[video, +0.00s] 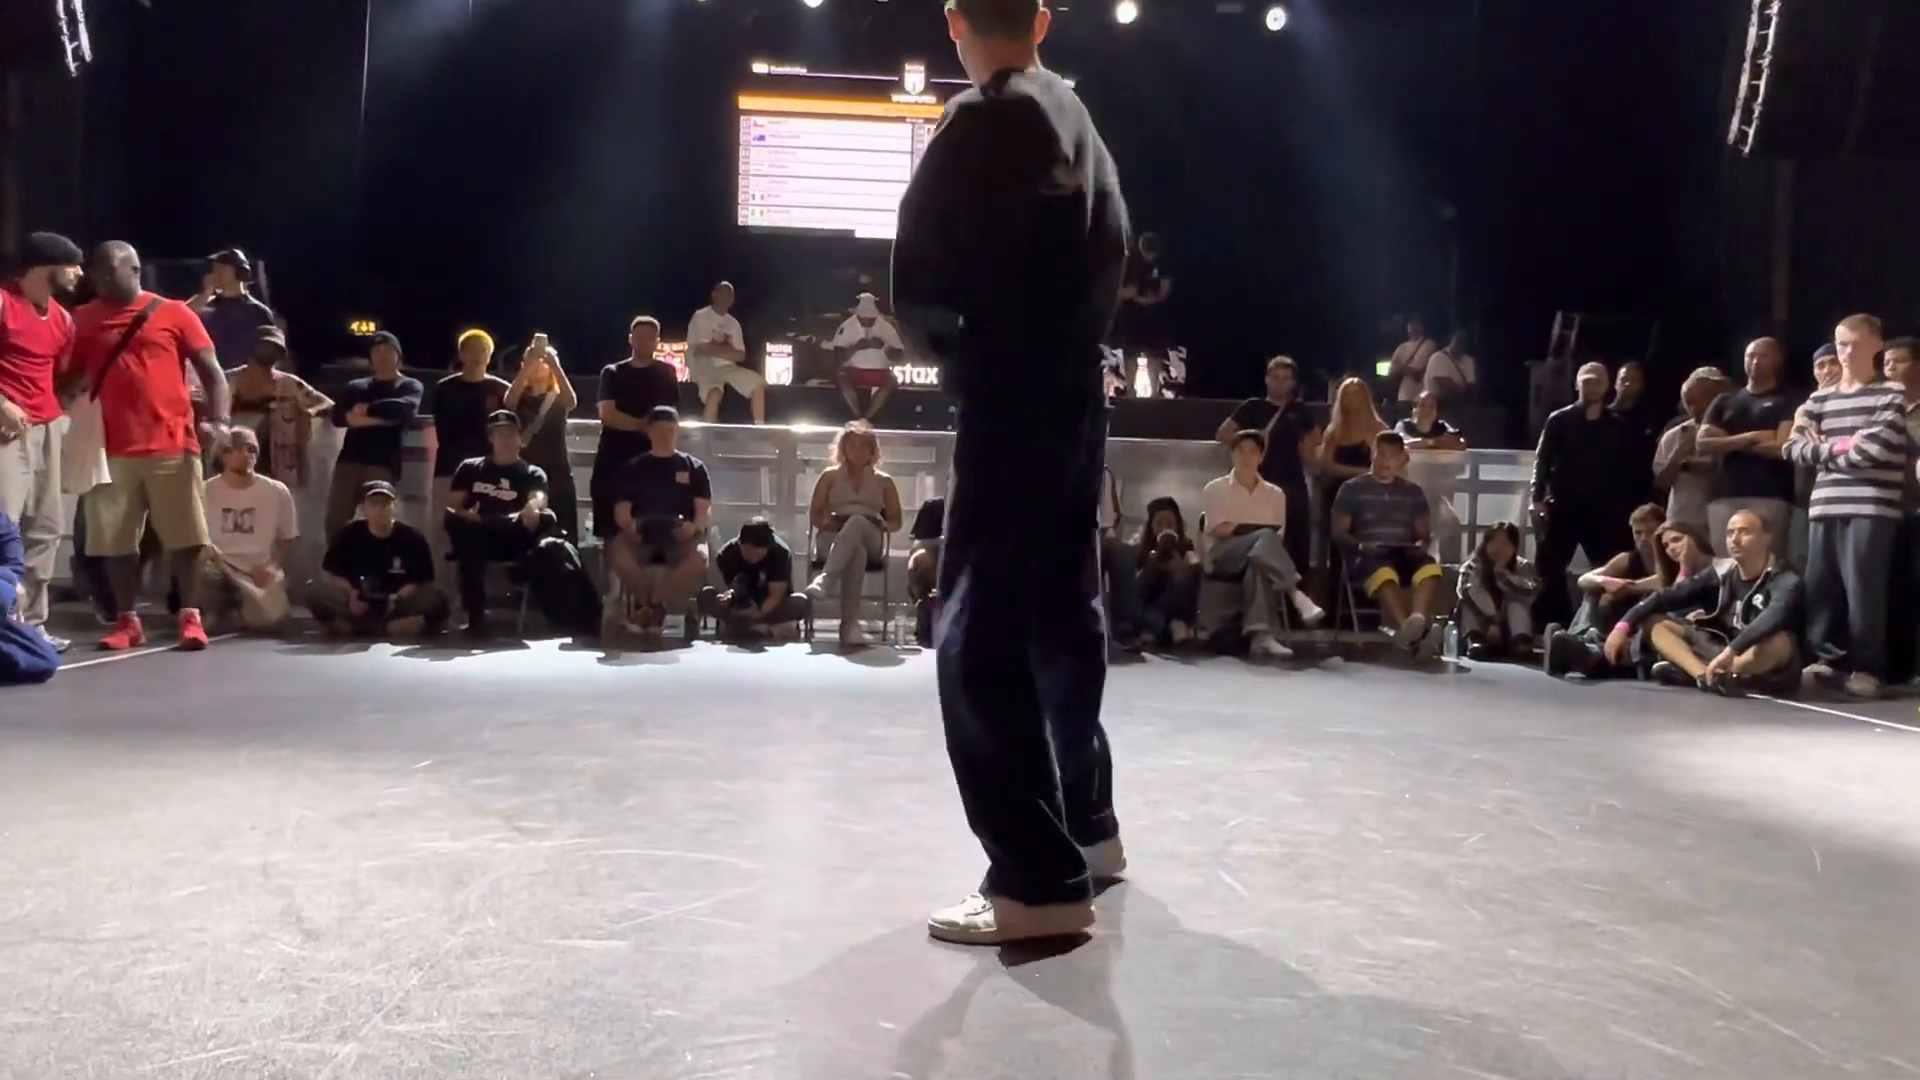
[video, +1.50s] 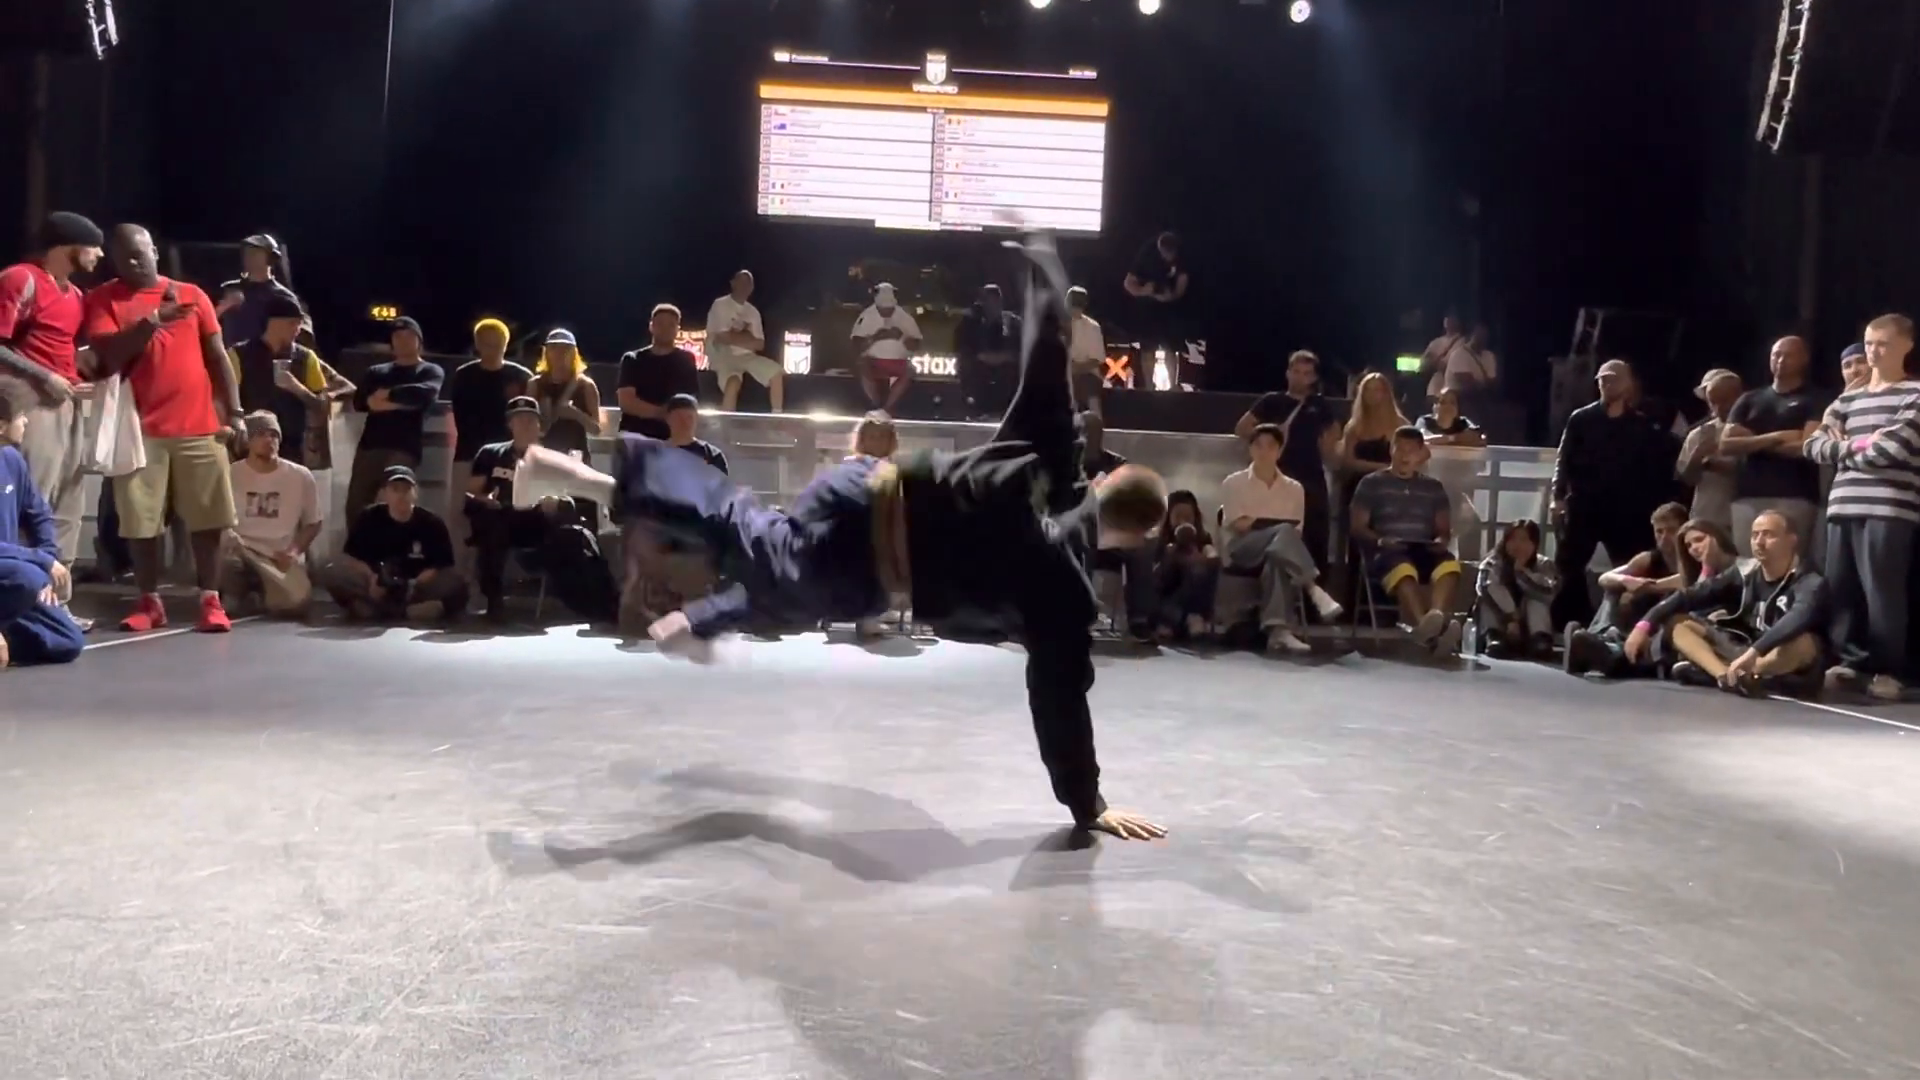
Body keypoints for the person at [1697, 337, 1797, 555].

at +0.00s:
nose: (1755, 362)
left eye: (1762, 357)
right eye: (1751, 356)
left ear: (1777, 362)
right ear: (1744, 361)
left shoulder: (1788, 401)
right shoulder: (1724, 401)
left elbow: (1783, 446)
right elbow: (1702, 443)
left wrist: (1730, 442)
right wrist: (1754, 437)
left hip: (1770, 495)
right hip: (1725, 494)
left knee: (1766, 572)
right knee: (1725, 573)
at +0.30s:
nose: (1760, 363)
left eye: (1768, 358)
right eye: (1757, 358)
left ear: (1783, 363)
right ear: (1750, 363)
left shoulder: (1794, 403)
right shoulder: (1730, 402)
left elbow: (1788, 449)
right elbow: (1708, 446)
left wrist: (1735, 444)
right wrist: (1761, 439)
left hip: (1775, 497)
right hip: (1731, 496)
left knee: (1770, 573)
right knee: (1729, 574)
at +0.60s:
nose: (1764, 364)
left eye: (1771, 359)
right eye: (1760, 359)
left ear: (1787, 364)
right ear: (1753, 363)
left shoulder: (1799, 404)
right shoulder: (1732, 403)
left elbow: (1792, 449)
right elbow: (1711, 446)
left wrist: (1739, 444)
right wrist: (1764, 439)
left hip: (1779, 498)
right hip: (1734, 497)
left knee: (1775, 576)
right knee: (1733, 577)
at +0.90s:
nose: (1770, 363)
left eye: (1777, 358)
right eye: (1766, 357)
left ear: (1793, 363)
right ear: (1760, 361)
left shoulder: (1805, 402)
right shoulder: (1739, 401)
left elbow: (1799, 448)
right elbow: (1717, 445)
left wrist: (1746, 444)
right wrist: (1770, 438)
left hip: (1786, 498)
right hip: (1740, 498)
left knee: (1781, 577)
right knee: (1741, 576)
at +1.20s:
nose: (1775, 361)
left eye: (1782, 356)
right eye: (1771, 355)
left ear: (1799, 360)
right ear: (1765, 360)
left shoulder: (1812, 401)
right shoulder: (1744, 400)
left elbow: (1804, 445)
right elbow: (1722, 443)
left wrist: (1750, 442)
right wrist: (1776, 437)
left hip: (1791, 496)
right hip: (1745, 496)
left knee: (1787, 576)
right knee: (1743, 576)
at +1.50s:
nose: (1780, 360)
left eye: (1787, 356)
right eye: (1776, 355)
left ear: (1803, 360)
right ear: (1770, 359)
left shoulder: (1817, 400)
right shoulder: (1749, 400)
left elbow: (1808, 446)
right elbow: (1726, 444)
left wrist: (1755, 441)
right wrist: (1780, 437)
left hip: (1795, 497)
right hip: (1749, 497)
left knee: (1791, 577)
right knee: (1747, 577)